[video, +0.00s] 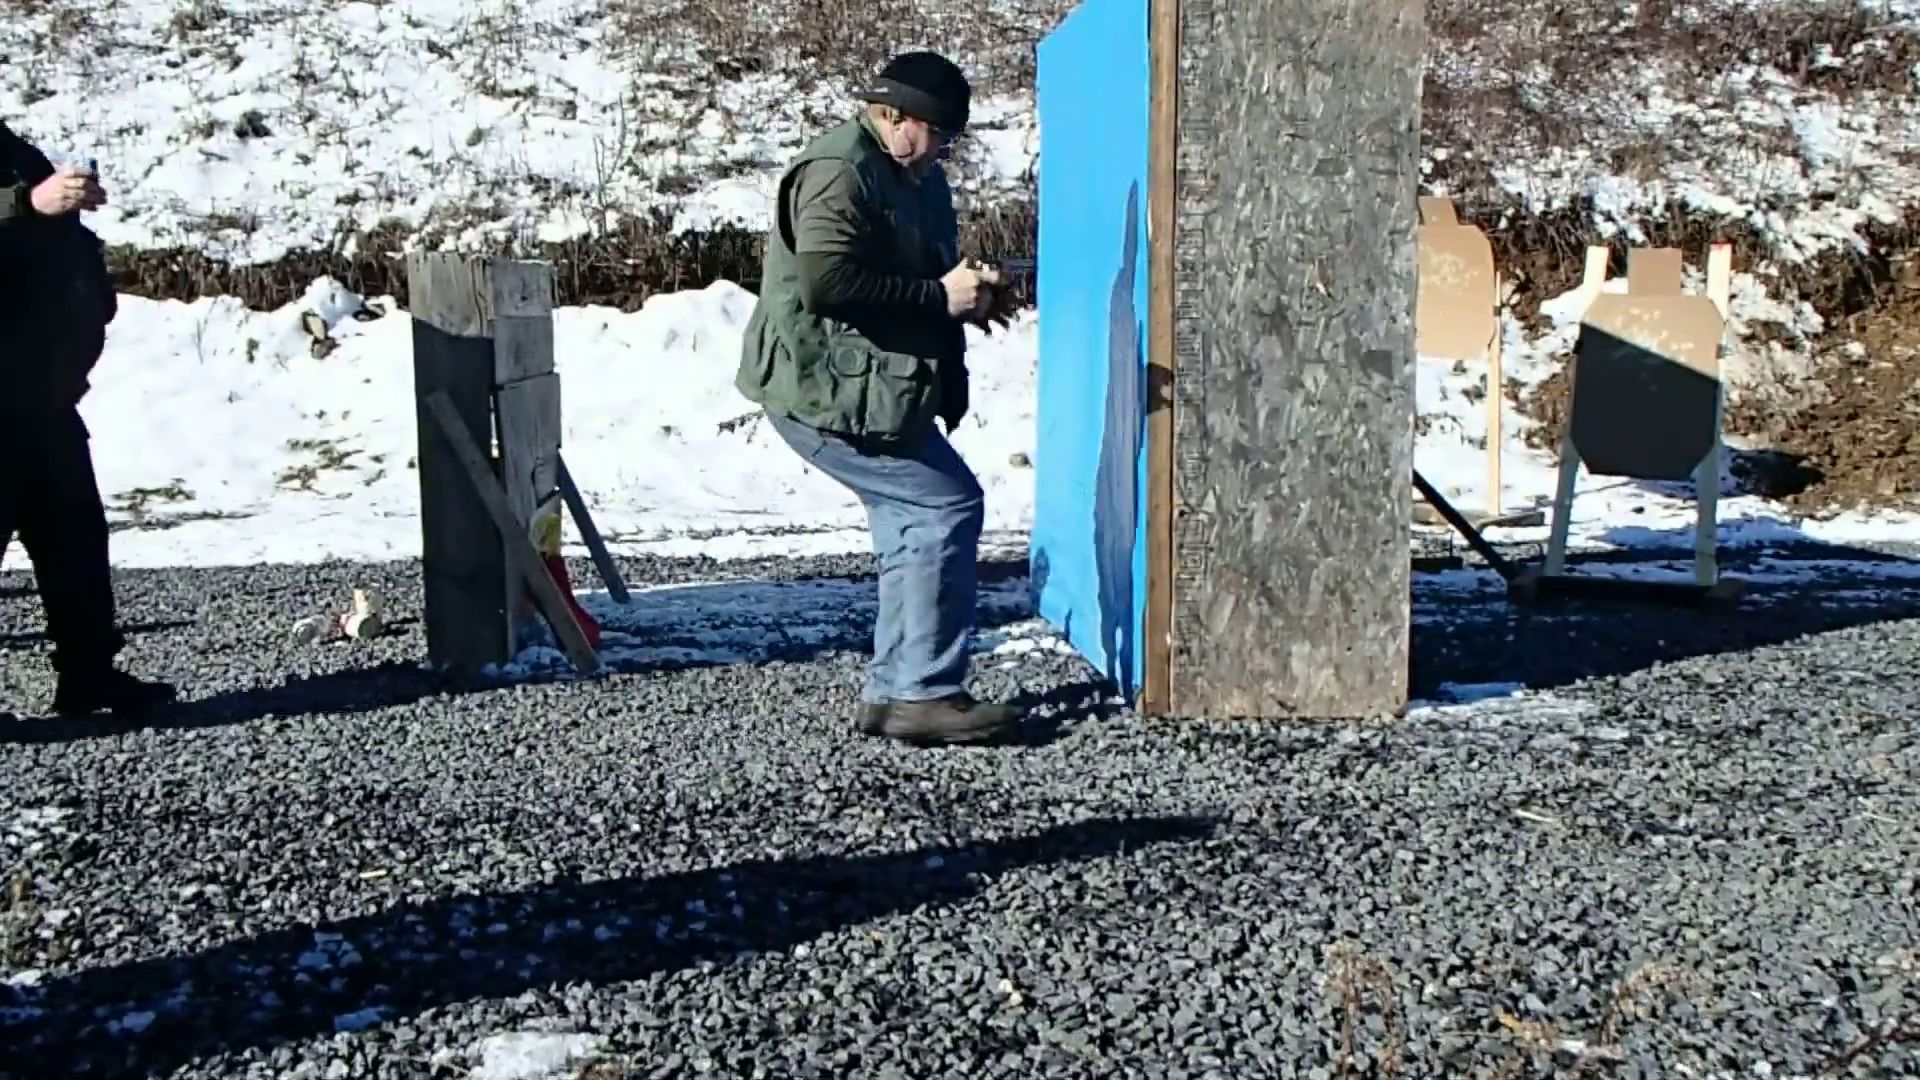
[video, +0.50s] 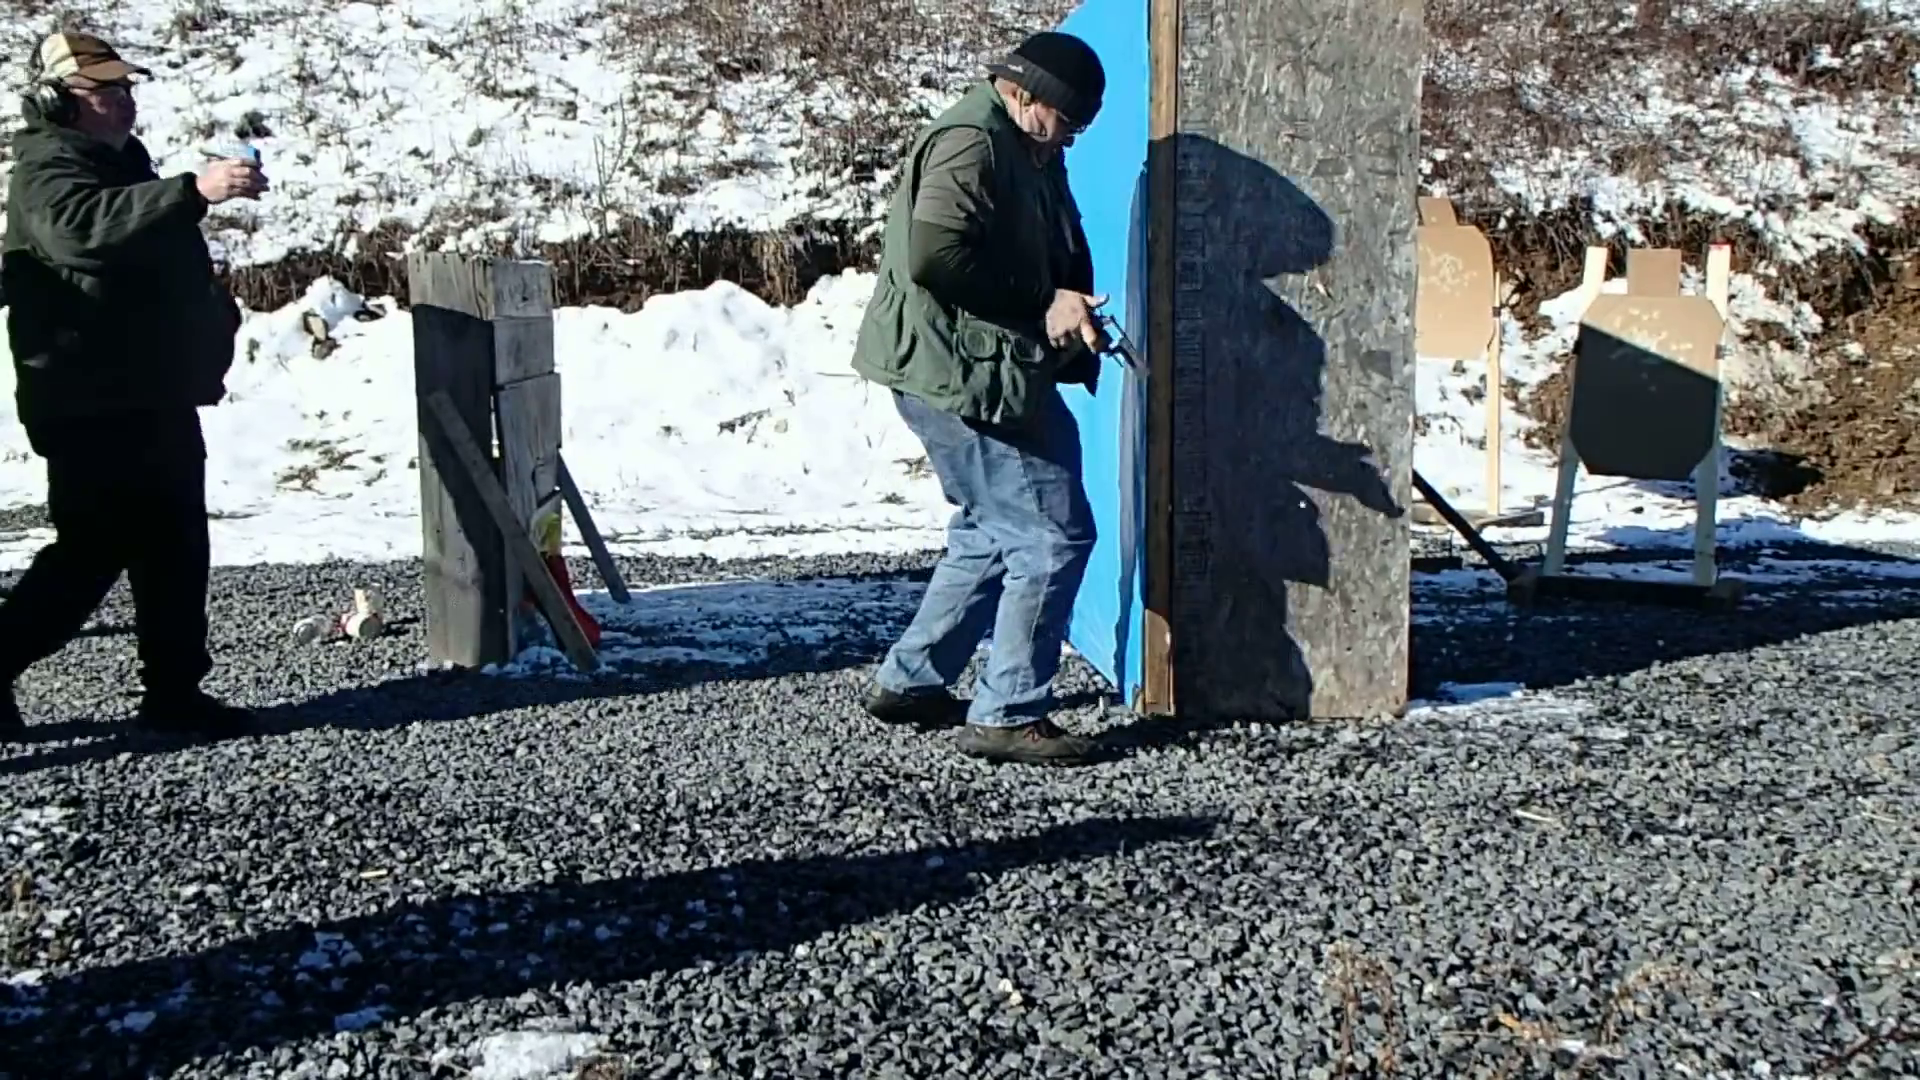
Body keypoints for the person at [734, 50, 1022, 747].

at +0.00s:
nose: (941, 146)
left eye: (947, 133)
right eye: (936, 130)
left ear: (928, 125)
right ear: (896, 115)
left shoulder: (923, 181)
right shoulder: (838, 170)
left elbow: (927, 285)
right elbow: (827, 282)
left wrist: (965, 297)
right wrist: (939, 296)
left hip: (871, 386)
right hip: (818, 389)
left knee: (913, 516)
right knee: (947, 502)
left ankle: (892, 686)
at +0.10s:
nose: (971, 140)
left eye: (976, 127)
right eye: (965, 123)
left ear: (944, 113)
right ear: (923, 106)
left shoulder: (947, 171)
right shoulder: (868, 163)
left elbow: (956, 282)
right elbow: (838, 277)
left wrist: (993, 309)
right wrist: (954, 302)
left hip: (913, 386)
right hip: (863, 389)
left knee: (928, 534)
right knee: (984, 512)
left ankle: (895, 691)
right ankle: (973, 698)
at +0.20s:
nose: (998, 133)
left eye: (1003, 121)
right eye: (994, 117)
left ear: (966, 105)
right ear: (952, 101)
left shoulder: (966, 161)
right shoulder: (896, 154)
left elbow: (983, 258)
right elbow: (864, 270)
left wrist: (1013, 291)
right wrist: (977, 298)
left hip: (937, 380)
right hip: (898, 384)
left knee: (945, 535)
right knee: (1015, 506)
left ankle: (900, 690)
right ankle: (983, 696)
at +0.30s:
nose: (1028, 130)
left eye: (1032, 117)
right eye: (1024, 114)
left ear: (988, 99)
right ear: (982, 96)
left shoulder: (980, 154)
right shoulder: (928, 153)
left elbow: (1024, 253)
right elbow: (894, 269)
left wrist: (1036, 296)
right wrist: (1004, 303)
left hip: (951, 375)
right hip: (926, 381)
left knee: (961, 535)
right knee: (1023, 523)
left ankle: (901, 692)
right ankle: (1009, 711)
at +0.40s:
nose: (1055, 136)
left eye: (1062, 123)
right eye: (1052, 119)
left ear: (1012, 97)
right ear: (1012, 96)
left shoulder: (997, 150)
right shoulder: (954, 152)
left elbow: (1007, 253)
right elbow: (918, 269)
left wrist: (1067, 263)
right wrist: (1026, 310)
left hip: (956, 372)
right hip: (951, 380)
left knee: (975, 530)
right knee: (1035, 533)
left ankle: (905, 685)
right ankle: (1006, 712)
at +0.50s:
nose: (1073, 134)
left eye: (1079, 121)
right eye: (1069, 117)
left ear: (1031, 98)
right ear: (1026, 94)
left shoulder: (1025, 153)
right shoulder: (973, 141)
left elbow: (1057, 263)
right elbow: (935, 255)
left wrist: (1071, 323)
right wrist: (1040, 308)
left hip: (966, 371)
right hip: (964, 375)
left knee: (988, 531)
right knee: (1055, 534)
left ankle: (909, 682)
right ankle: (1008, 714)